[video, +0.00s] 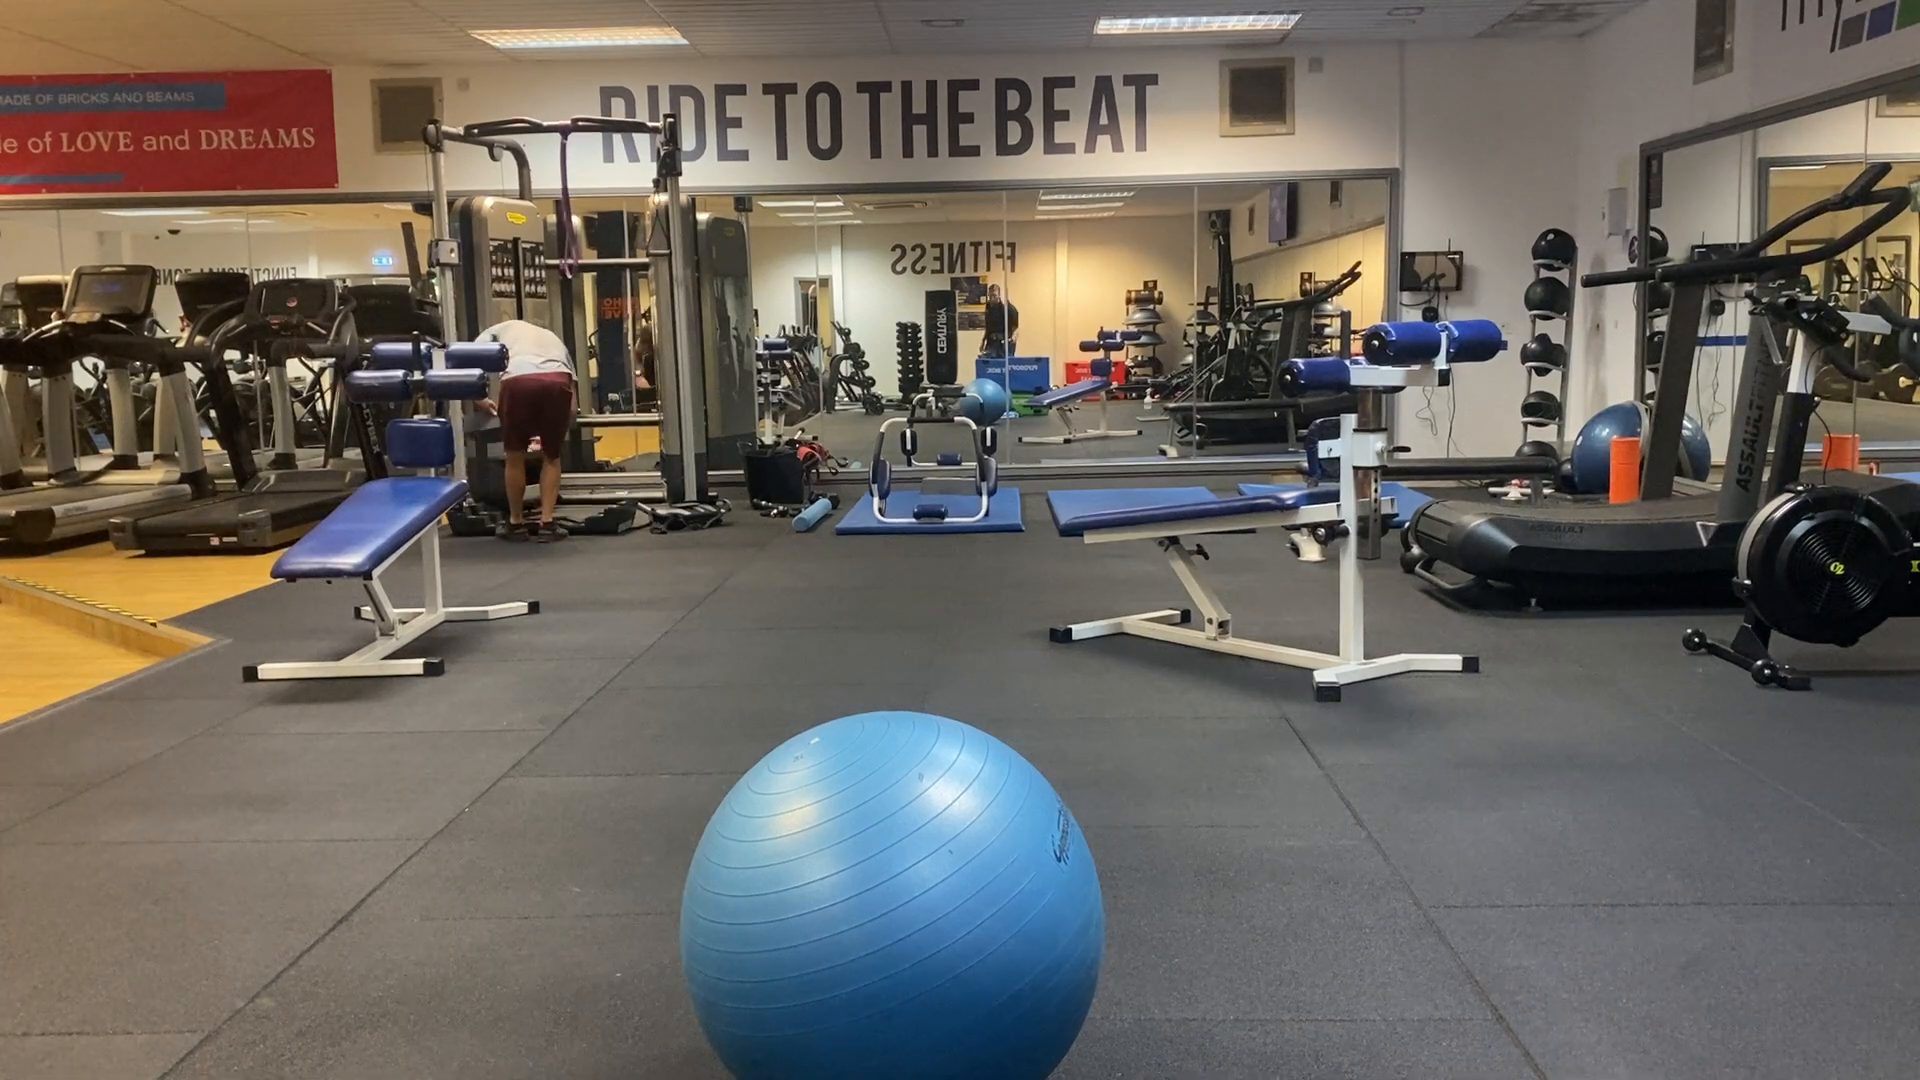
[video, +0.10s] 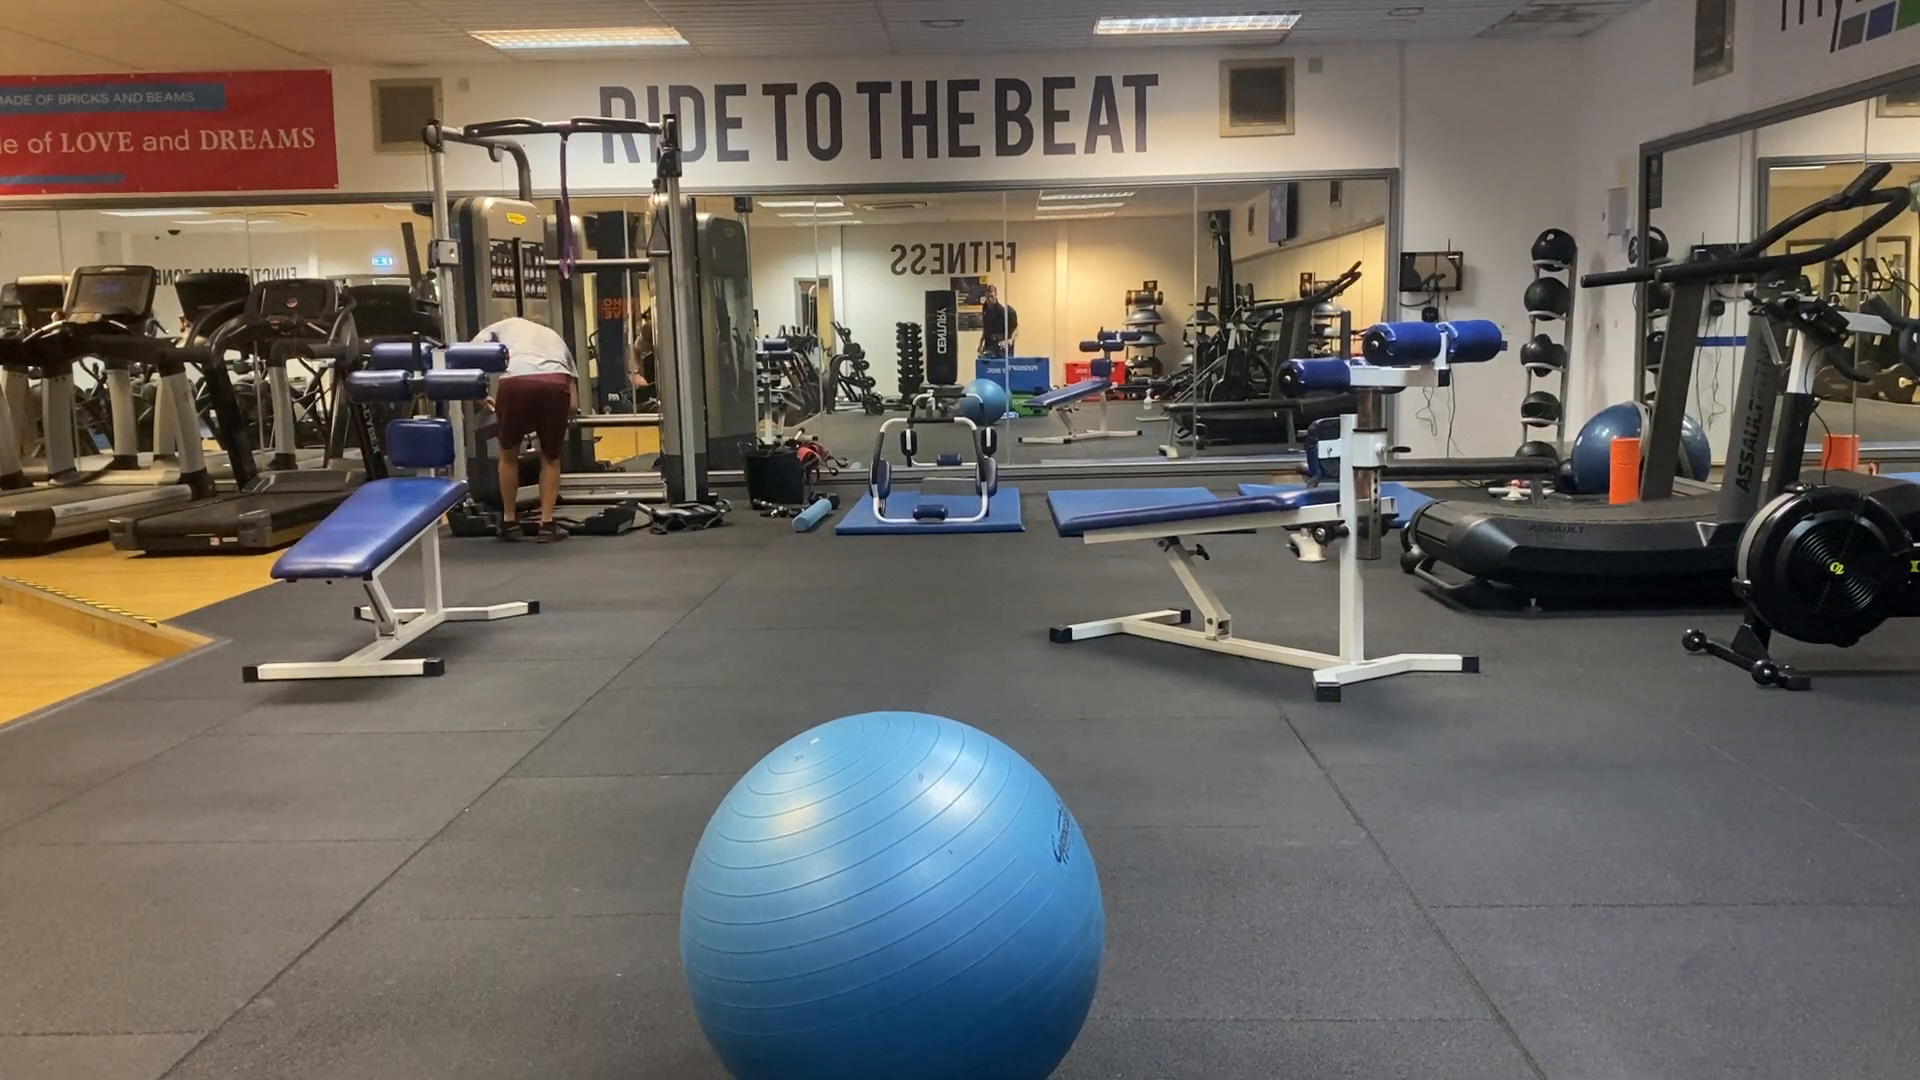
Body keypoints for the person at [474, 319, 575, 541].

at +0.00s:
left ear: (504, 327)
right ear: (532, 326)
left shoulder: (495, 331)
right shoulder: (551, 337)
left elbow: (469, 365)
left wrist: (481, 401)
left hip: (517, 385)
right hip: (558, 384)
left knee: (515, 458)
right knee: (552, 458)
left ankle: (516, 523)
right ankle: (547, 523)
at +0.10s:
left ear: (515, 321)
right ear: (542, 324)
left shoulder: (503, 325)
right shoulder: (556, 337)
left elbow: (471, 354)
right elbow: (573, 405)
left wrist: (482, 397)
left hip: (514, 387)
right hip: (556, 387)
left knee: (509, 457)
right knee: (550, 459)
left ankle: (510, 521)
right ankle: (547, 523)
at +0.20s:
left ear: (515, 320)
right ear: (543, 325)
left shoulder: (501, 325)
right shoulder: (558, 339)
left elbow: (472, 352)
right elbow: (571, 403)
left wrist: (479, 397)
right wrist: (557, 419)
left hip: (511, 387)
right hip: (552, 387)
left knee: (502, 457)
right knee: (550, 460)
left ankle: (497, 521)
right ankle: (546, 524)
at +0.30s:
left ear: (523, 322)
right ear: (545, 327)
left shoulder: (497, 328)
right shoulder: (557, 343)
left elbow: (475, 361)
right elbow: (567, 405)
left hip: (504, 389)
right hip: (545, 389)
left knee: (494, 461)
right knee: (548, 462)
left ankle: (485, 524)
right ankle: (546, 524)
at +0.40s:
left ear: (509, 328)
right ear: (539, 333)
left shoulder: (491, 334)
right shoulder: (553, 347)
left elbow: (475, 374)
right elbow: (560, 408)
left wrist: (477, 413)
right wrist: (539, 433)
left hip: (499, 389)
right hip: (539, 389)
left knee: (489, 464)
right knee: (545, 461)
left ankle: (484, 525)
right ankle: (546, 524)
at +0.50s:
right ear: (533, 339)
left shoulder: (485, 339)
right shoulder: (547, 353)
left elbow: (461, 384)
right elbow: (550, 407)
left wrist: (465, 426)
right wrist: (542, 445)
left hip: (489, 389)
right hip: (531, 389)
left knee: (485, 460)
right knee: (541, 459)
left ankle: (484, 525)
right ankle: (546, 525)